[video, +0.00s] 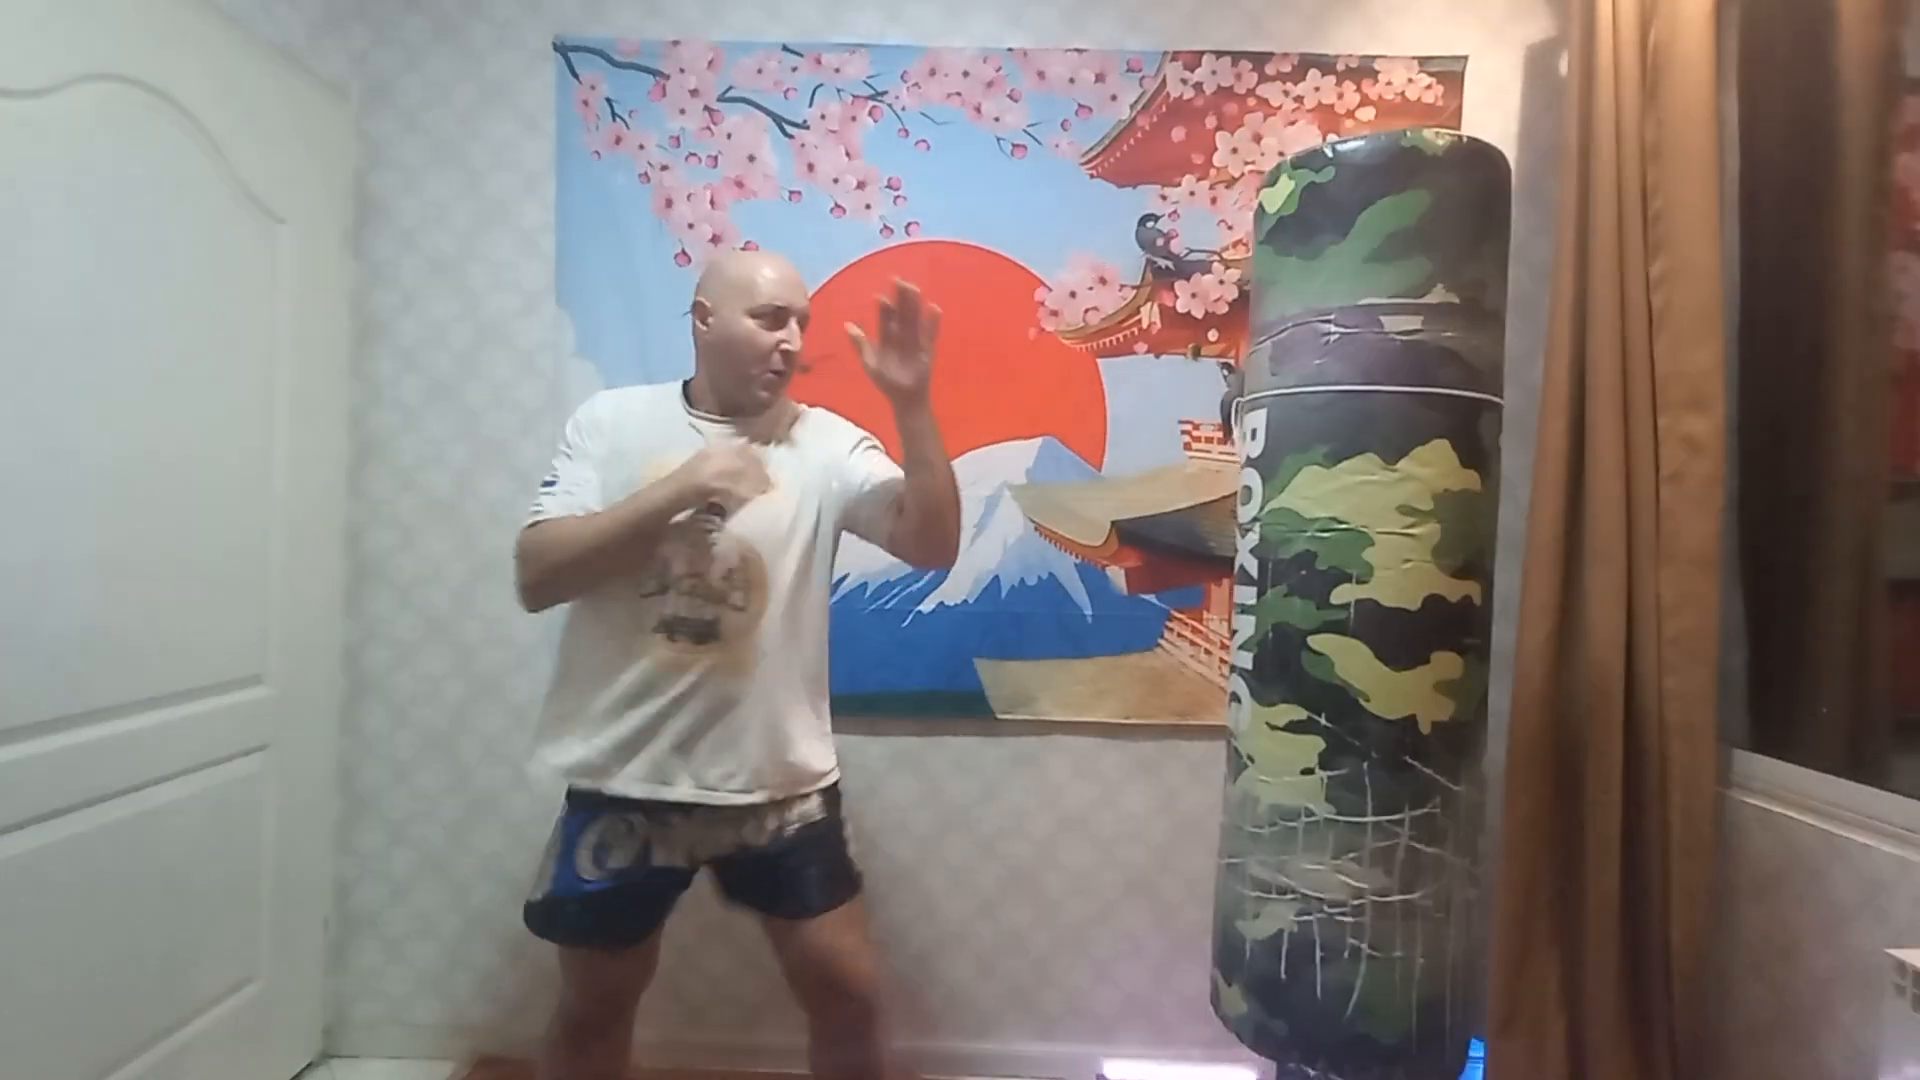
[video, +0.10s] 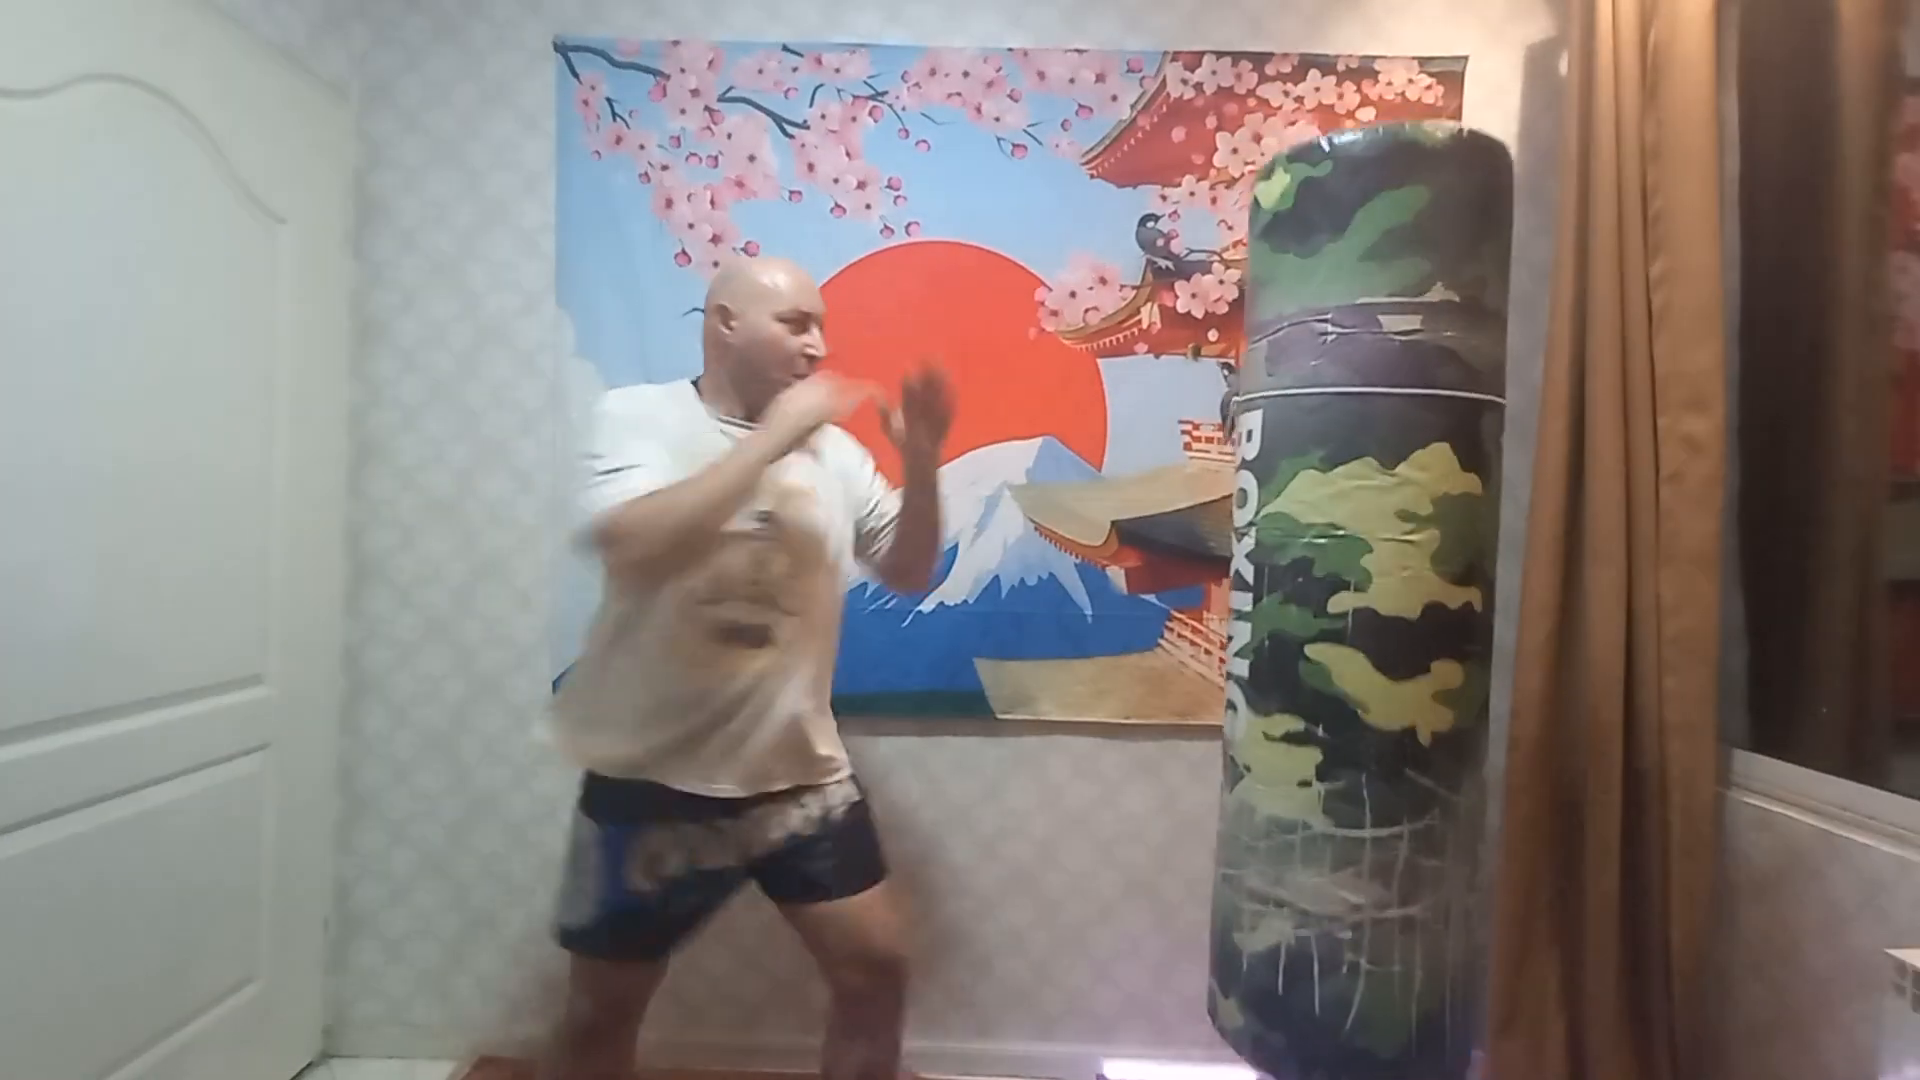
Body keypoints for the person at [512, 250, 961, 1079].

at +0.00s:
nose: (792, 342)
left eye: (801, 324)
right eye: (770, 318)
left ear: (807, 336)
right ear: (703, 320)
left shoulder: (828, 445)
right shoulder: (610, 423)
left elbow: (929, 543)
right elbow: (538, 576)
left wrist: (914, 405)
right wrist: (679, 490)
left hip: (781, 783)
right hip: (623, 782)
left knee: (851, 1000)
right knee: (590, 1022)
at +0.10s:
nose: (815, 344)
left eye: (819, 327)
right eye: (795, 324)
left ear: (819, 338)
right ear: (724, 326)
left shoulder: (834, 451)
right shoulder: (632, 418)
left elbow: (911, 569)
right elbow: (631, 548)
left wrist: (923, 462)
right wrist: (772, 437)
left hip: (800, 777)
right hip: (650, 784)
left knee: (876, 968)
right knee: (600, 1019)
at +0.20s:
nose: (838, 353)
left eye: (839, 336)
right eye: (821, 333)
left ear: (762, 338)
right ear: (754, 334)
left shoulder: (802, 448)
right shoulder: (699, 422)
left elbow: (835, 573)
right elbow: (831, 491)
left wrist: (886, 496)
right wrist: (915, 374)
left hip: (826, 776)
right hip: (705, 784)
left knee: (884, 960)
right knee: (647, 1038)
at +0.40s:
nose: (857, 374)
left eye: (858, 354)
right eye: (845, 352)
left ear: (776, 351)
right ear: (784, 346)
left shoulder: (714, 430)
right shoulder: (773, 422)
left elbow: (785, 557)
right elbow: (862, 543)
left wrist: (867, 469)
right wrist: (1025, 468)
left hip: (783, 761)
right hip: (849, 737)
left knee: (881, 970)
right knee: (1043, 867)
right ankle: (903, 1048)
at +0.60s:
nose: (875, 372)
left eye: (876, 355)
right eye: (863, 352)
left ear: (807, 349)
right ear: (798, 343)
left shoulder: (806, 437)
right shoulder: (746, 422)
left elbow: (878, 541)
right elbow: (806, 550)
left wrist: (925, 439)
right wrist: (942, 443)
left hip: (832, 709)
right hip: (824, 709)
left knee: (871, 971)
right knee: (1056, 785)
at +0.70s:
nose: (871, 365)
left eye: (875, 350)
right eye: (860, 345)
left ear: (801, 342)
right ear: (797, 336)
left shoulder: (817, 441)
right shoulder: (739, 417)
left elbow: (895, 549)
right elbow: (793, 549)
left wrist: (926, 445)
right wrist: (914, 426)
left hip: (847, 703)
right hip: (813, 709)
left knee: (868, 967)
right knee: (1004, 881)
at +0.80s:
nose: (868, 360)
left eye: (871, 343)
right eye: (853, 338)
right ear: (786, 333)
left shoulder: (827, 449)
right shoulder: (727, 421)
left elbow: (892, 565)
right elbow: (777, 561)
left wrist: (922, 460)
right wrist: (884, 428)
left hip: (867, 731)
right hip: (795, 738)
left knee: (887, 996)